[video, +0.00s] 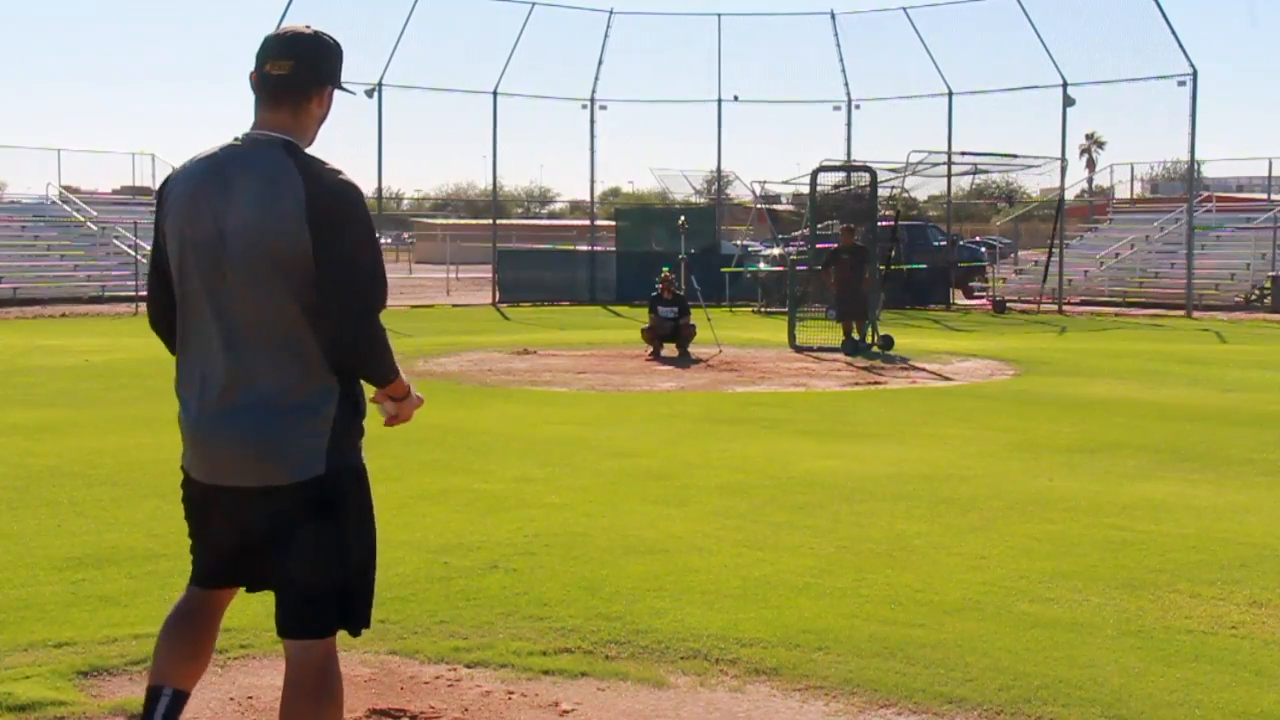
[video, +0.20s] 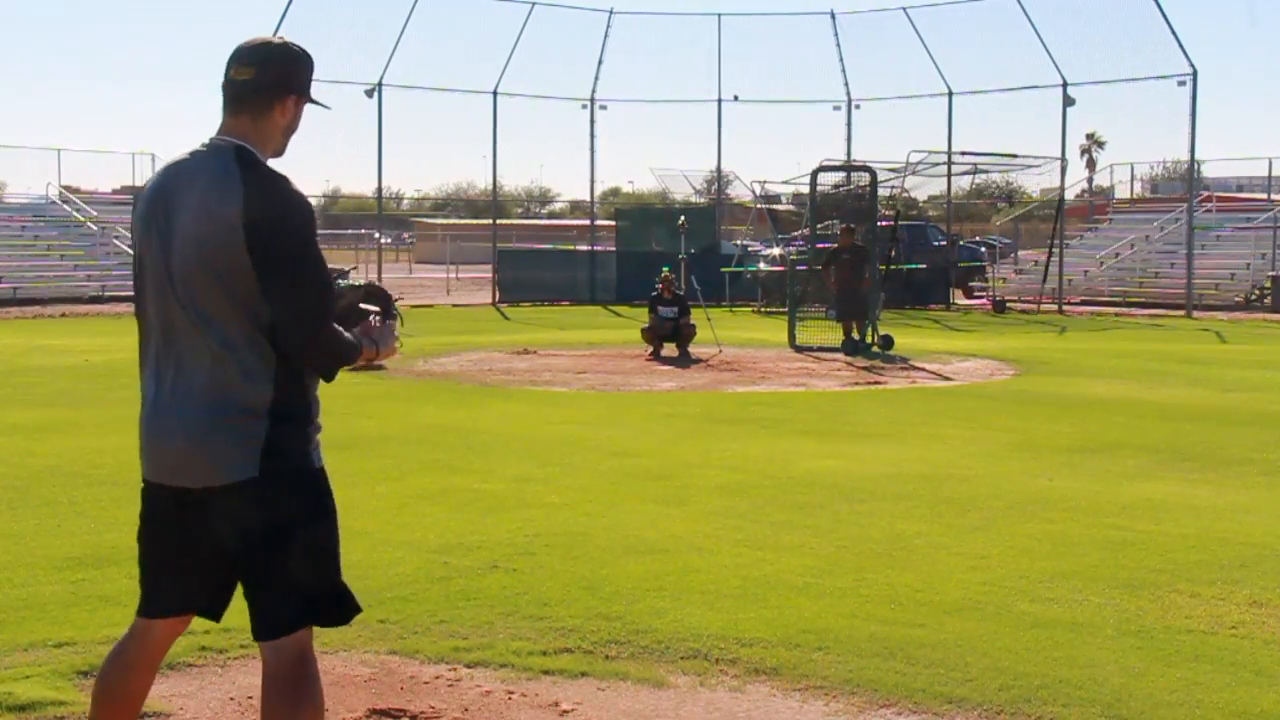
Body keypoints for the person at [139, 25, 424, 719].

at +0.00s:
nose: (329, 109)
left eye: (330, 98)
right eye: (331, 97)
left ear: (255, 90)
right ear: (321, 98)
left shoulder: (181, 186)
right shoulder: (329, 194)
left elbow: (165, 314)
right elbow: (352, 322)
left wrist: (226, 362)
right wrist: (391, 381)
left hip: (209, 446)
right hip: (307, 450)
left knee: (208, 588)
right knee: (312, 640)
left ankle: (156, 714)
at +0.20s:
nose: (301, 120)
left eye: (302, 107)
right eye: (303, 106)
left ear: (227, 98)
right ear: (289, 105)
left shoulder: (158, 190)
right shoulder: (273, 200)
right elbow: (308, 343)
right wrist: (359, 347)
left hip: (169, 453)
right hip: (264, 456)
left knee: (155, 623)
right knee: (289, 646)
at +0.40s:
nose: (256, 147)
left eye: (262, 134)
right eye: (259, 130)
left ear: (199, 110)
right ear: (227, 112)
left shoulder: (127, 187)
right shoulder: (203, 201)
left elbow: (187, 306)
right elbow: (268, 331)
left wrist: (285, 288)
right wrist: (333, 303)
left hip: (107, 450)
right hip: (196, 456)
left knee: (107, 623)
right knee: (263, 627)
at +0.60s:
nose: (231, 162)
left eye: (239, 152)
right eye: (234, 145)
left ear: (190, 120)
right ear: (197, 118)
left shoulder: (107, 183)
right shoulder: (151, 189)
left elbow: (169, 300)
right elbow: (229, 313)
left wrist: (264, 279)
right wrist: (307, 283)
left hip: (78, 443)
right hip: (153, 448)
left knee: (93, 610)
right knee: (252, 595)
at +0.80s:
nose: (223, 168)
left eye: (231, 157)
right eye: (225, 151)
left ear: (183, 122)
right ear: (189, 120)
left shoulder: (104, 184)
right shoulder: (140, 191)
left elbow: (169, 297)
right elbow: (212, 311)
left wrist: (252, 280)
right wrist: (297, 281)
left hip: (70, 443)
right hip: (138, 448)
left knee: (88, 607)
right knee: (229, 600)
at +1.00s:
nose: (231, 167)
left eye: (239, 156)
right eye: (233, 150)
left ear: (194, 124)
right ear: (195, 120)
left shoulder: (121, 184)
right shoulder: (143, 190)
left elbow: (210, 297)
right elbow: (209, 312)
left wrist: (286, 282)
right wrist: (294, 284)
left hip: (81, 442)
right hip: (142, 444)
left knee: (88, 611)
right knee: (251, 585)